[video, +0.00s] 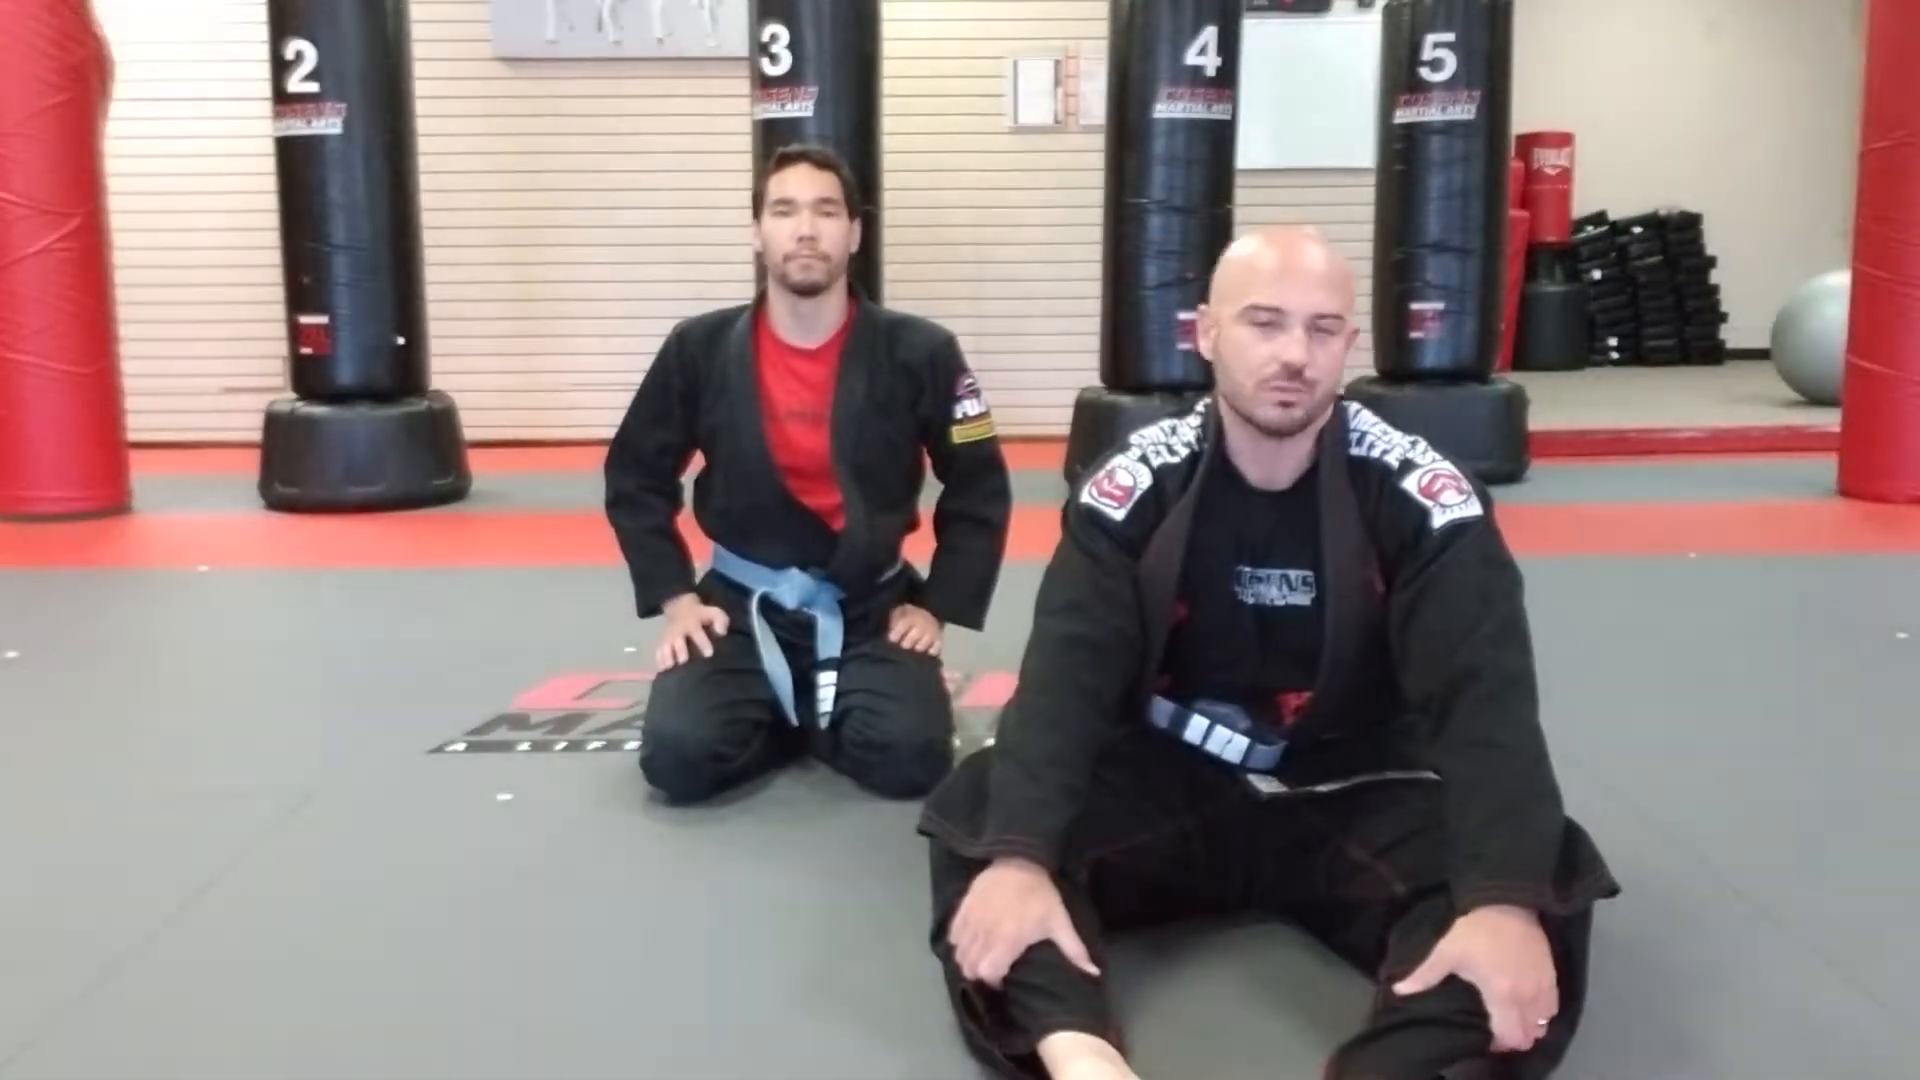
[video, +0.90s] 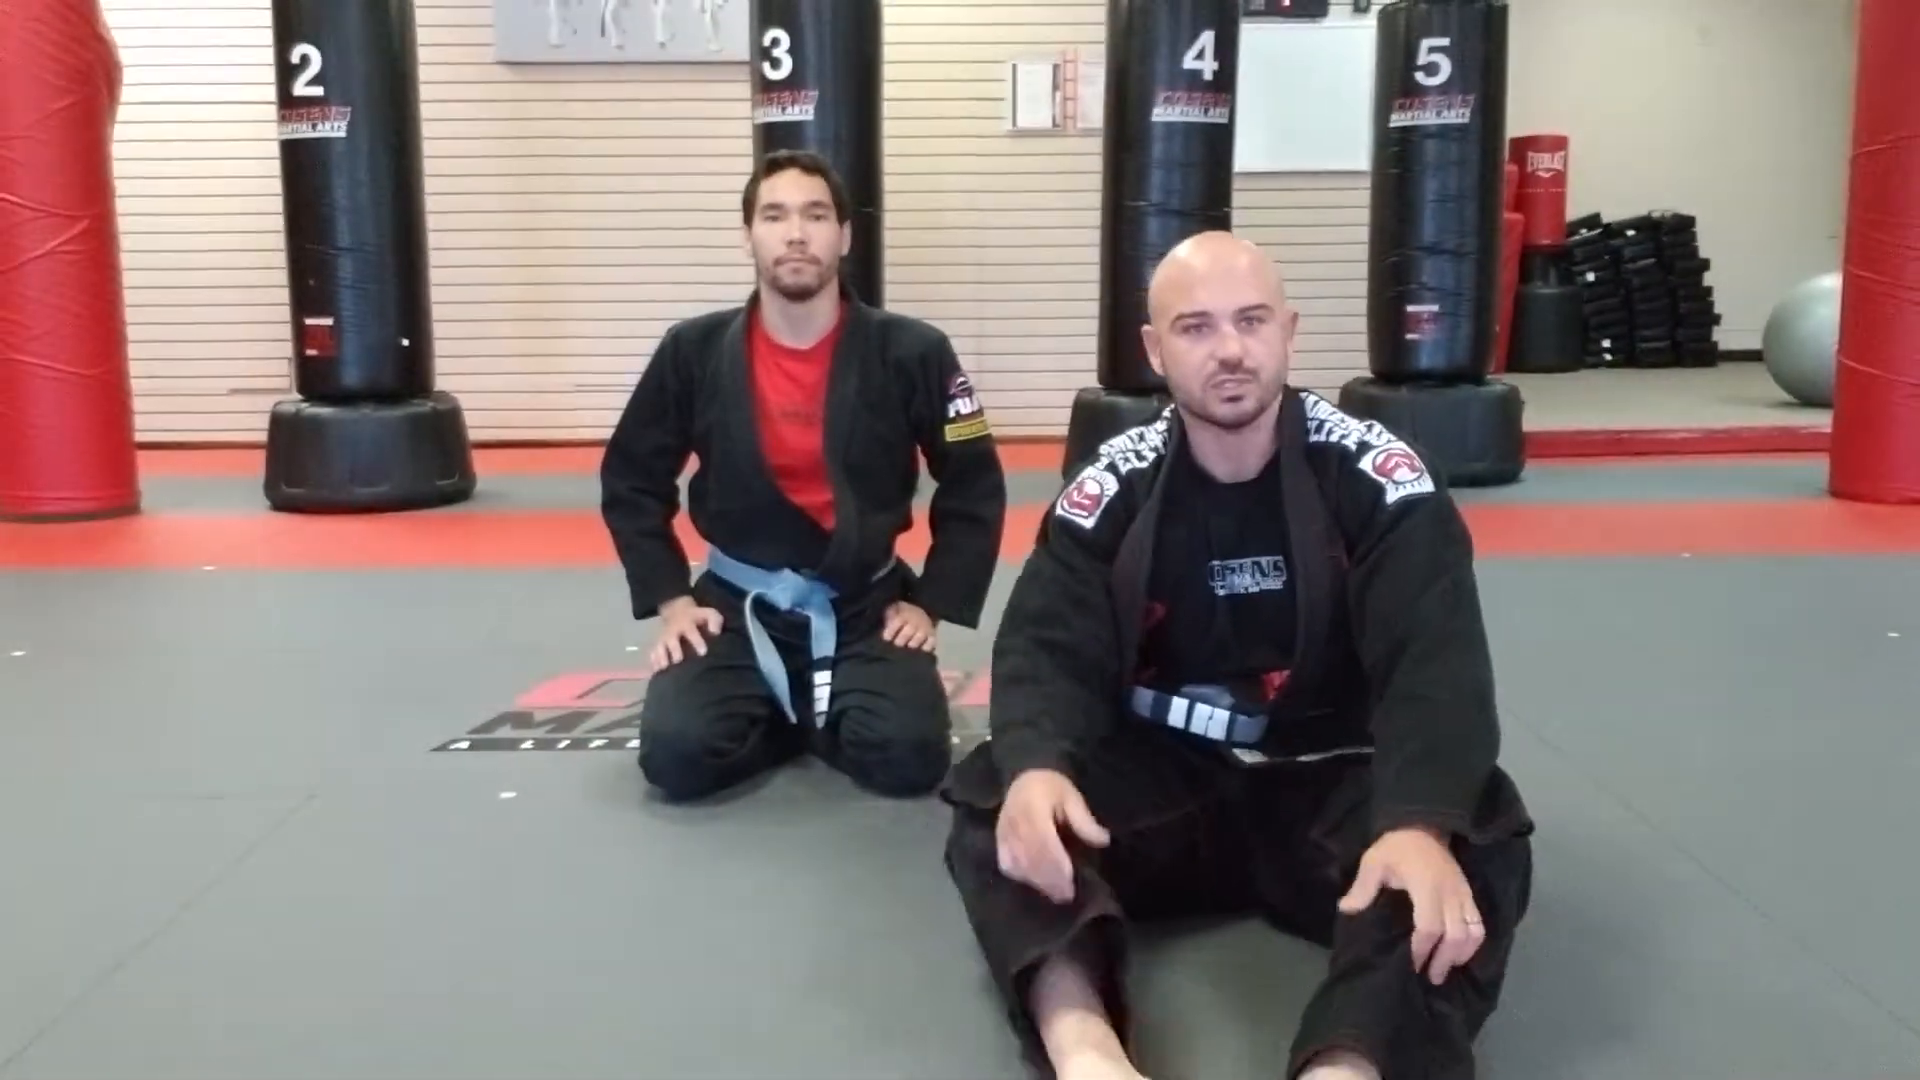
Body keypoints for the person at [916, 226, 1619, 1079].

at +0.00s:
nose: (1293, 355)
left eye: (1321, 330)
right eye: (1264, 323)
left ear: (1350, 347)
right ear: (1204, 336)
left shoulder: (1416, 489)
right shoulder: (1137, 482)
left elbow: (1484, 696)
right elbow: (1065, 677)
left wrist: (1504, 900)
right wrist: (1018, 856)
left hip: (1356, 809)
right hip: (1165, 796)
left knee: (1536, 875)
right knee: (981, 807)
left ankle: (1396, 1067)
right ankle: (1085, 1064)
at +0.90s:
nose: (1230, 350)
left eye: (1253, 320)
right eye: (1198, 329)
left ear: (1289, 331)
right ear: (1155, 351)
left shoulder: (1374, 470)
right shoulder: (1116, 479)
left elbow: (1435, 659)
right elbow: (1047, 641)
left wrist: (1416, 823)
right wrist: (1033, 765)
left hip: (1330, 794)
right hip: (1151, 784)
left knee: (1466, 833)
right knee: (995, 791)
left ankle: (1346, 1064)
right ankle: (1084, 1052)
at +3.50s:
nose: (847, 596)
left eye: (855, 581)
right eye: (818, 603)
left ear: (903, 593)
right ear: (798, 663)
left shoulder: (1024, 661)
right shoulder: (795, 736)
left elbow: (1176, 659)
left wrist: (1097, 575)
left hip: (1061, 959)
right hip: (863, 976)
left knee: (1119, 571)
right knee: (681, 598)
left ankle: (1167, 1027)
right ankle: (667, 1026)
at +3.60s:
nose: (853, 602)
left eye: (860, 598)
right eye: (824, 613)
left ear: (923, 632)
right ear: (800, 688)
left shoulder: (1016, 690)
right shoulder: (795, 752)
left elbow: (1191, 705)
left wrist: (1083, 581)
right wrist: (696, 654)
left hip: (1054, 925)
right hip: (854, 945)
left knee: (1139, 606)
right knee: (662, 658)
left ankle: (1160, 1051)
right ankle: (638, 1061)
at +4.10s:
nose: (879, 629)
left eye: (895, 626)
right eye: (853, 632)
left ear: (936, 643)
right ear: (814, 668)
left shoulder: (1012, 681)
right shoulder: (794, 718)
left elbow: (1181, 674)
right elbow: (689, 704)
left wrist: (1045, 609)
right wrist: (783, 595)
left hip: (1047, 916)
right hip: (852, 922)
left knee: (1145, 602)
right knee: (668, 659)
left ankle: (1163, 1048)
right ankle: (639, 1061)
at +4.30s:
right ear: (838, 627)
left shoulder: (1040, 663)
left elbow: (1200, 677)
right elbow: (654, 657)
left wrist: (1068, 599)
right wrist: (790, 583)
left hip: (1053, 907)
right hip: (848, 921)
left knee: (1160, 600)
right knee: (679, 620)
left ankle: (1166, 1052)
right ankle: (733, 1053)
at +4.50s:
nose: (909, 634)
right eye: (895, 626)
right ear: (867, 638)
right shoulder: (816, 700)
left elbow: (1217, 720)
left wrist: (1208, 596)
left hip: (1055, 886)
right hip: (855, 888)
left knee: (1192, 607)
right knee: (677, 620)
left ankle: (1173, 1049)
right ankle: (737, 1048)